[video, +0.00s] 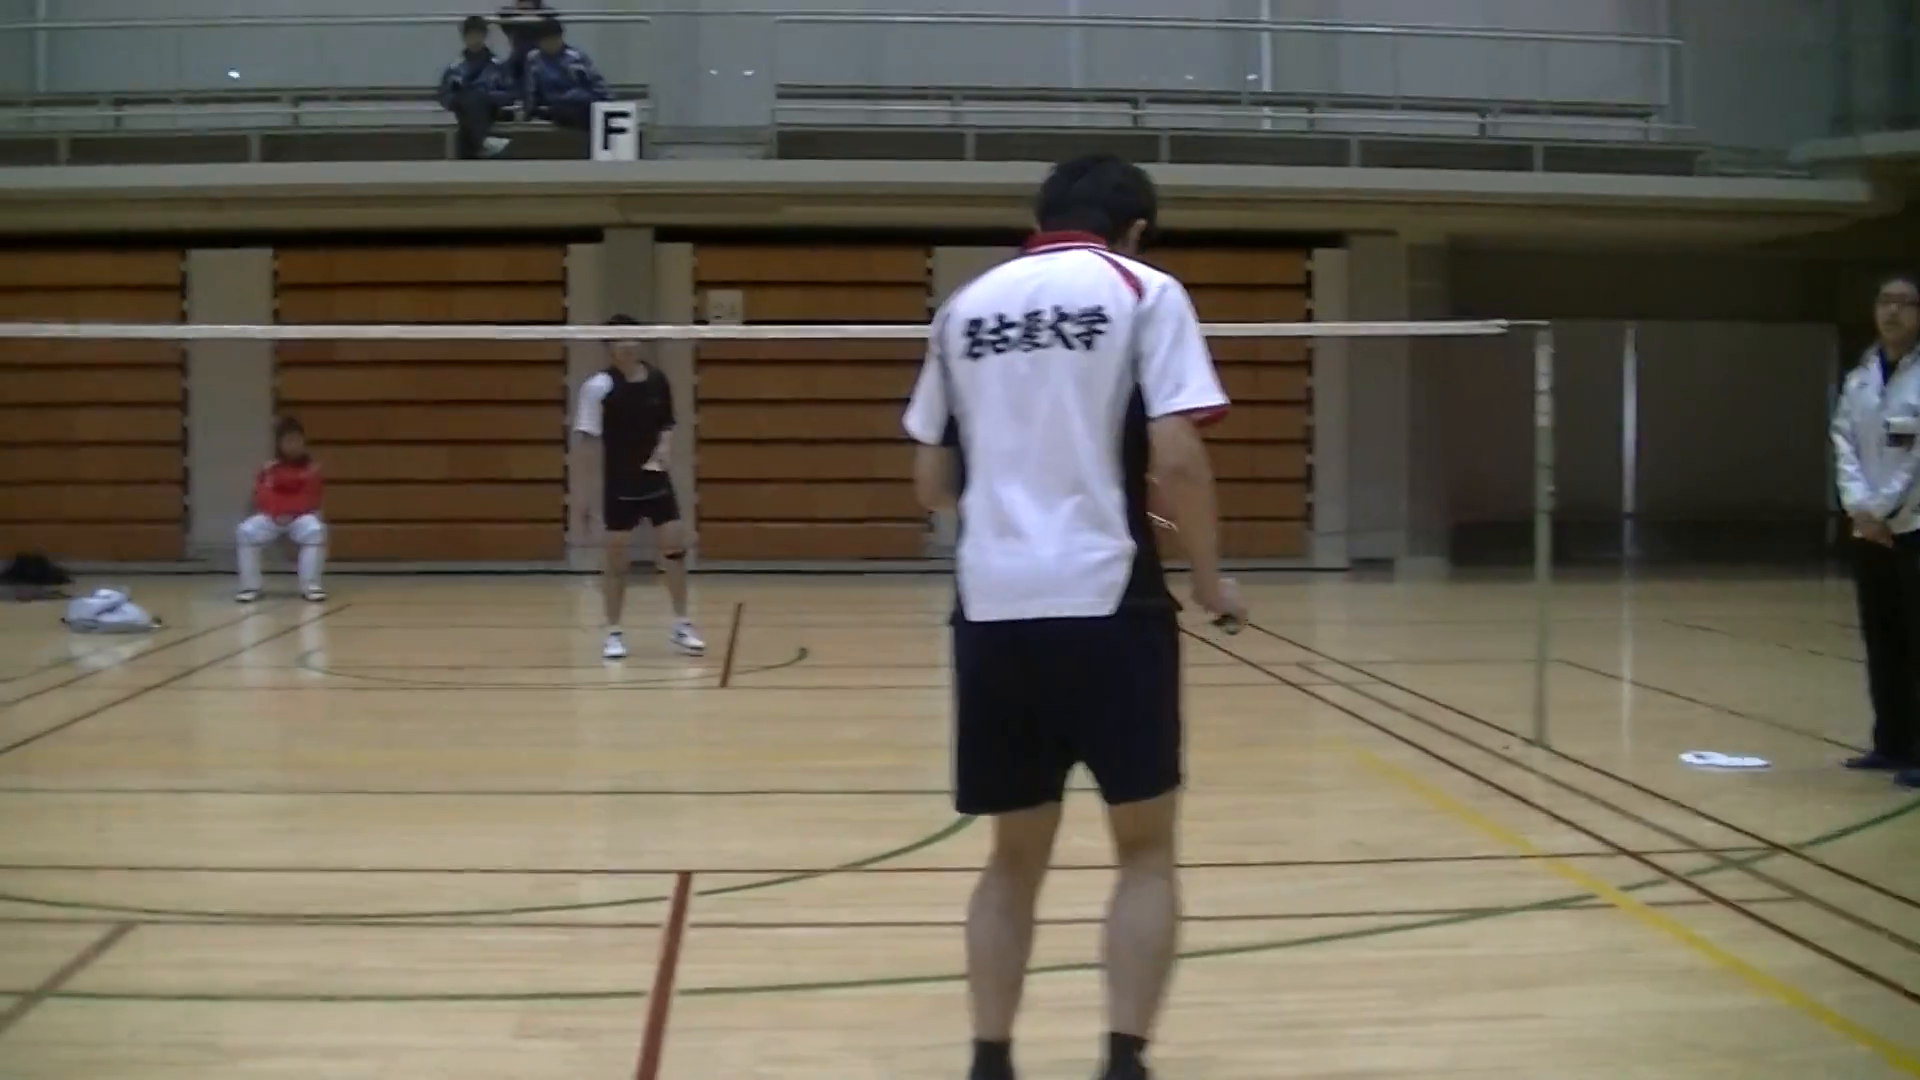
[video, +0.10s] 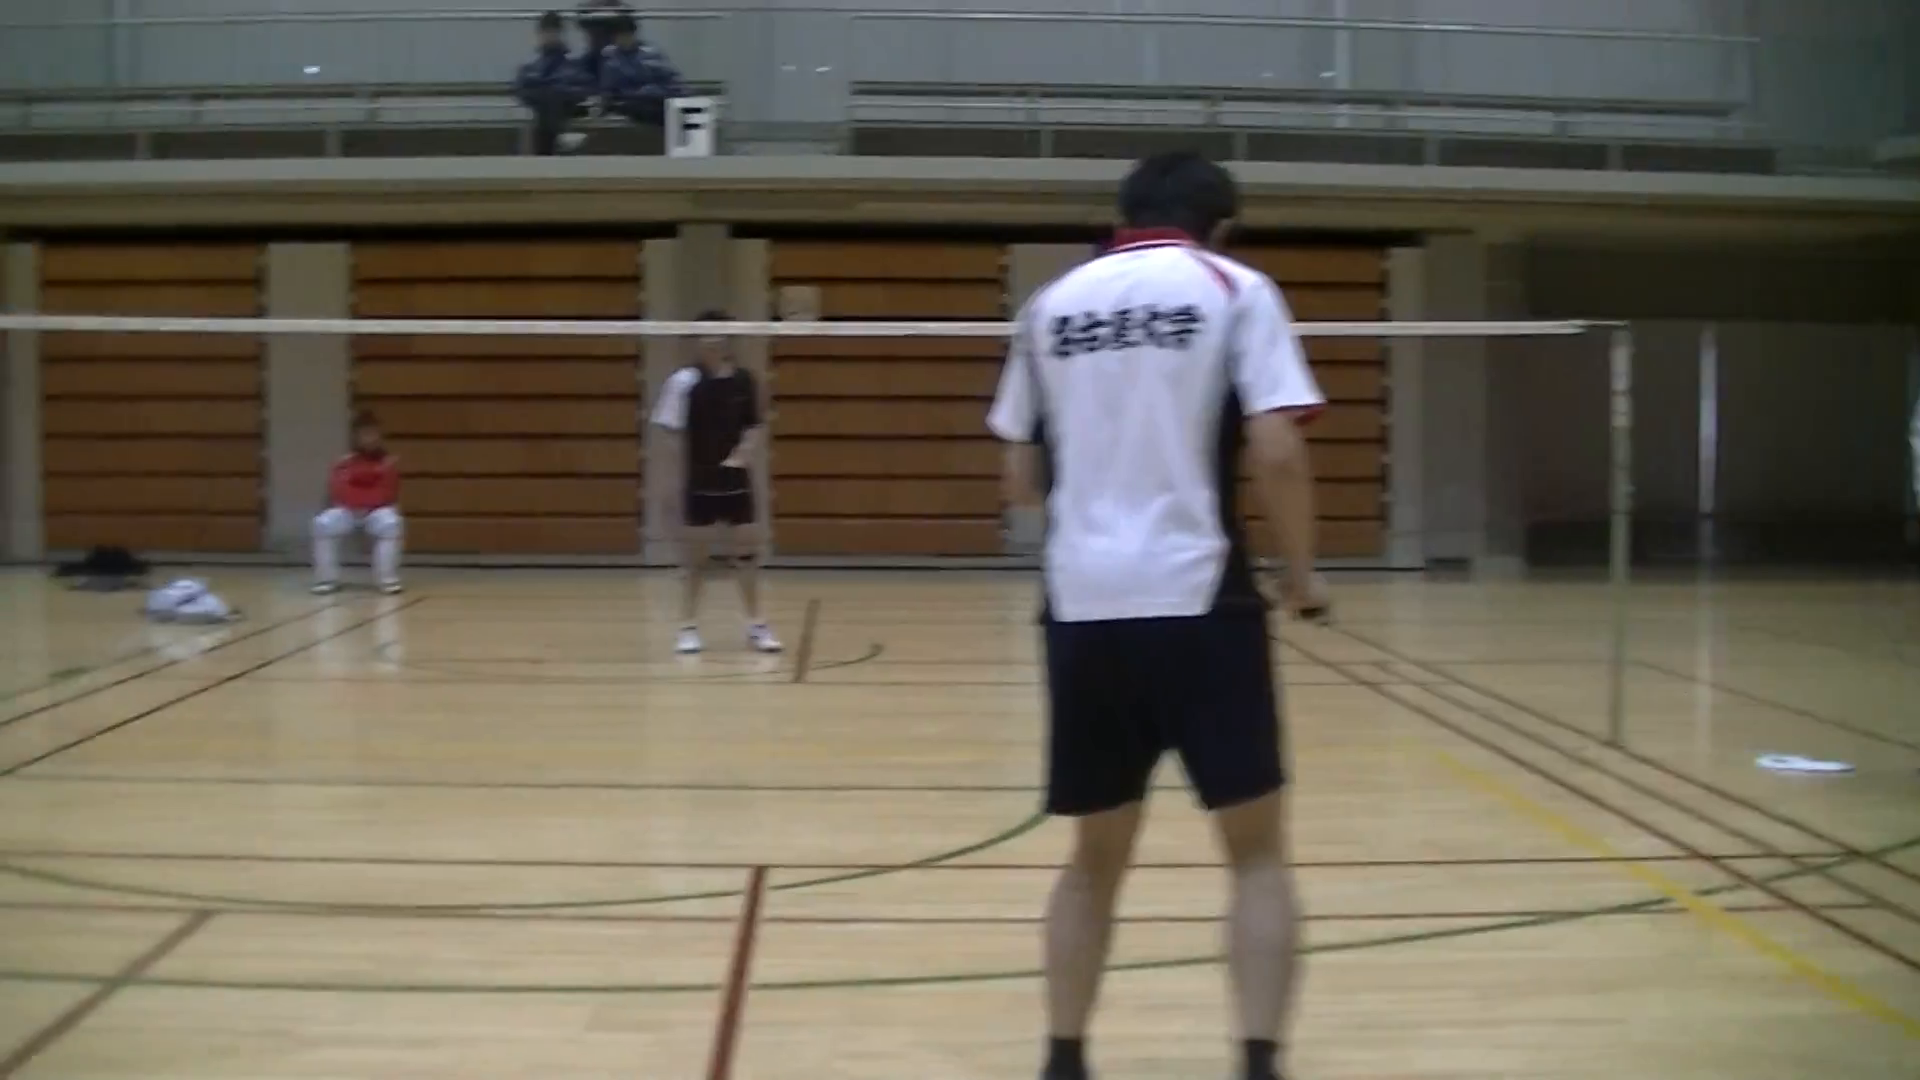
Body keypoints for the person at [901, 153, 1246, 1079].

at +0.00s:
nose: (1146, 247)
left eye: (1146, 237)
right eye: (1146, 236)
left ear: (1039, 225)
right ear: (1131, 231)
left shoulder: (964, 306)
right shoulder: (1148, 295)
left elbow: (934, 483)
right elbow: (1176, 458)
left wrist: (1014, 474)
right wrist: (1209, 580)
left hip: (994, 618)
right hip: (1113, 613)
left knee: (1013, 852)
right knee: (1144, 851)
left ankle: (988, 1063)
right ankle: (1125, 1061)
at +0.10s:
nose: (1227, 243)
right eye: (1225, 231)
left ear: (1121, 226)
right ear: (1214, 228)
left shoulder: (1050, 305)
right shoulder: (1239, 294)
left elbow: (1022, 477)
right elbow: (1276, 447)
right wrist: (1299, 569)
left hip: (1084, 619)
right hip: (1204, 614)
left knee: (1095, 852)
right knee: (1255, 853)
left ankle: (1063, 1059)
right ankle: (1260, 1062)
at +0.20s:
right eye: (1337, 207)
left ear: (1242, 207)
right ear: (1336, 208)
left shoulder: (1171, 292)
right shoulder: (1366, 281)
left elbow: (1143, 463)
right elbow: (1409, 437)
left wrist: (1220, 444)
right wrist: (1426, 561)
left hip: (1210, 611)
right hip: (1330, 606)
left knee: (1206, 844)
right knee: (1399, 851)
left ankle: (1165, 1053)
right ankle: (1430, 1062)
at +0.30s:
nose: (1478, 186)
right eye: (1481, 171)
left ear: (1385, 170)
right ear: (1480, 172)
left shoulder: (1316, 264)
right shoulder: (1522, 257)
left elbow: (1290, 442)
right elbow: (1566, 422)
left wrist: (1374, 434)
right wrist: (1578, 543)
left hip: (1358, 596)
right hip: (1484, 596)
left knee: (1331, 824)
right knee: (1551, 845)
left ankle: (1278, 1041)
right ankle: (1588, 1069)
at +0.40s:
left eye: (1463, 167)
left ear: (1462, 170)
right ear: (1562, 166)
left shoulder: (1405, 266)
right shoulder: (1623, 256)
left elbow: (1378, 459)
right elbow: (1669, 432)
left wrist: (1460, 486)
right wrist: (1664, 563)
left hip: (1451, 605)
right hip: (1585, 609)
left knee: (1393, 831)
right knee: (1622, 866)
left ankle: (1331, 1040)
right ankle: (1636, 1074)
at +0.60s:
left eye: (1517, 174)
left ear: (1527, 177)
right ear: (1633, 171)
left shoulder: (1478, 281)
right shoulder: (1711, 268)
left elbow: (1457, 470)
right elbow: (1774, 449)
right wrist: (1762, 559)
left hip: (1529, 628)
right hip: (1667, 629)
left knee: (1492, 854)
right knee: (1672, 895)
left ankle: (1459, 1065)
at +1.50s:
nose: (1542, 182)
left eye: (1538, 169)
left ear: (1541, 178)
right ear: (1651, 173)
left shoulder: (1485, 298)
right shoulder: (1726, 299)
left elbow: (1453, 500)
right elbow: (1769, 498)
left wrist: (1504, 587)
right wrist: (1767, 654)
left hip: (1528, 665)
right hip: (1668, 669)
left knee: (1545, 905)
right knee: (1661, 934)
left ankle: (1542, 1077)